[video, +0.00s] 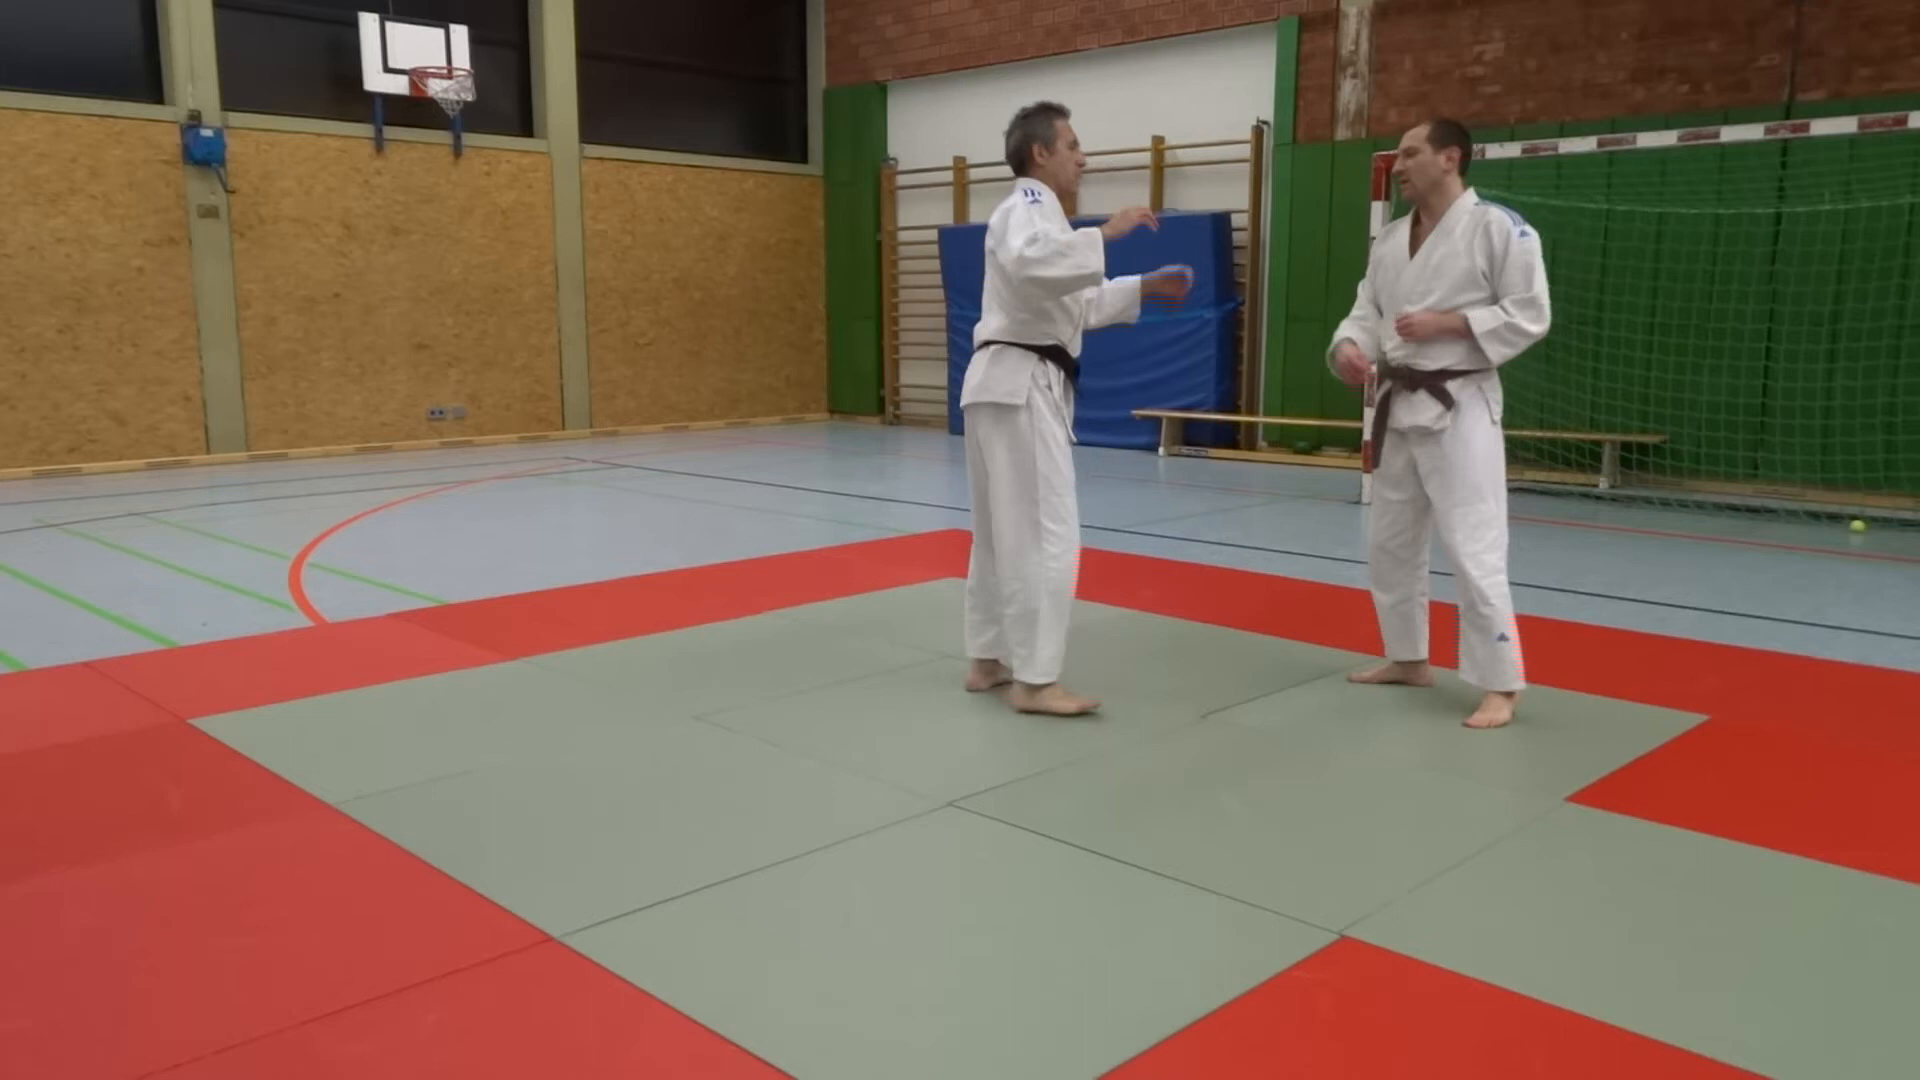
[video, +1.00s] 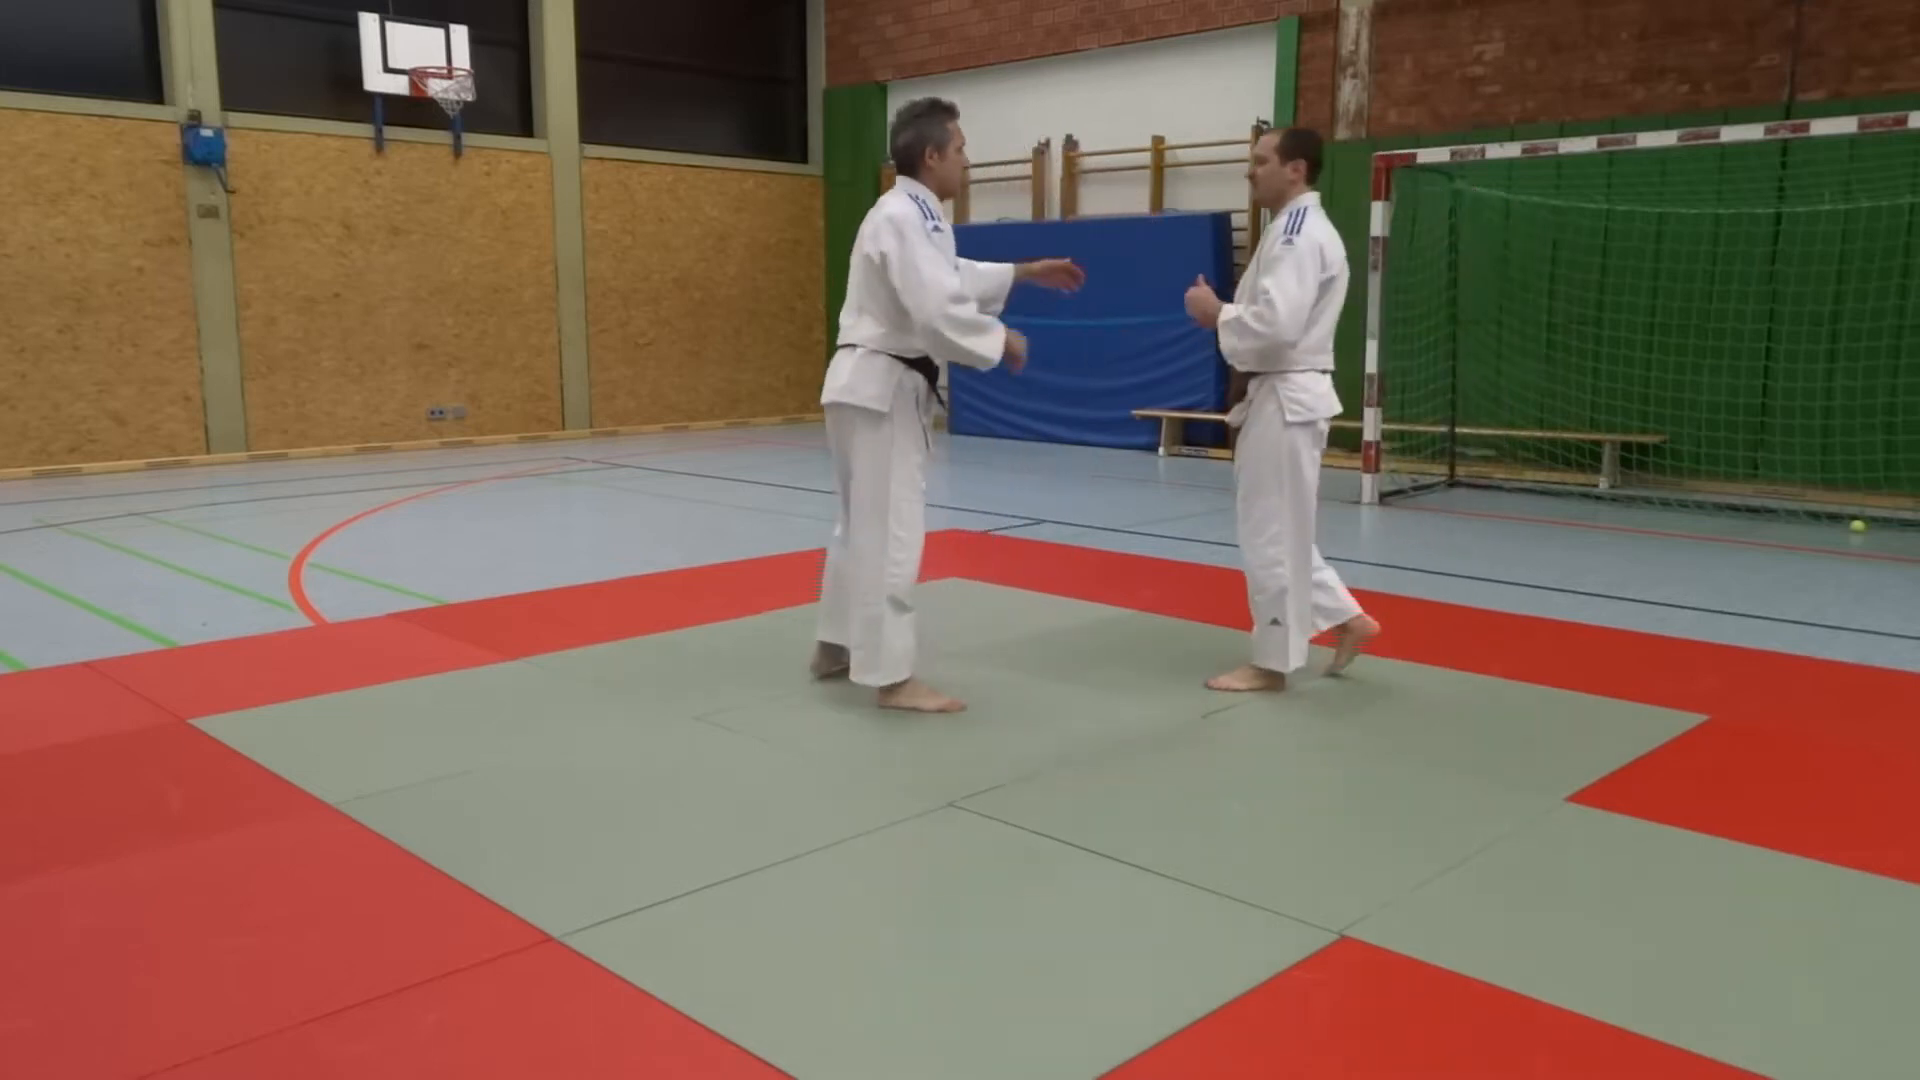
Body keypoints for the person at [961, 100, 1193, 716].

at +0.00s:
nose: (1084, 158)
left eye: (1080, 146)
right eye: (1073, 147)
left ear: (1039, 158)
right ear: (1040, 155)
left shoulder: (1037, 219)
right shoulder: (1029, 204)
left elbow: (1070, 309)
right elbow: (1033, 260)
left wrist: (1142, 288)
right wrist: (1106, 230)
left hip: (1000, 379)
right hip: (1024, 382)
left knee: (1000, 524)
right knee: (1050, 533)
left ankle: (988, 661)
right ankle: (1037, 683)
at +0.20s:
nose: (1058, 154)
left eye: (1054, 144)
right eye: (1048, 143)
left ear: (1017, 154)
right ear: (1018, 151)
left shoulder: (1024, 212)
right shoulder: (1001, 204)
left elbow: (1048, 310)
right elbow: (1030, 253)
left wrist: (1084, 375)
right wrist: (1104, 213)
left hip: (1013, 378)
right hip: (996, 378)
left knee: (994, 527)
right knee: (999, 532)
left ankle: (970, 656)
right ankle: (954, 667)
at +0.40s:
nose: (1042, 152)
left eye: (1038, 141)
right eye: (1032, 142)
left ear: (999, 153)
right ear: (1001, 152)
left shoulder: (1003, 209)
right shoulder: (982, 206)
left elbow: (1030, 257)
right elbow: (1027, 257)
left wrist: (1074, 223)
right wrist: (1085, 219)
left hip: (999, 381)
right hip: (973, 379)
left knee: (986, 527)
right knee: (955, 528)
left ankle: (978, 656)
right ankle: (904, 669)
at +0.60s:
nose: (1024, 156)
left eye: (1021, 145)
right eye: (1015, 145)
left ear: (984, 154)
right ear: (983, 153)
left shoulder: (989, 214)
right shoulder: (957, 211)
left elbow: (1017, 289)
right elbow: (1012, 281)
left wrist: (1058, 262)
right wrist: (1068, 251)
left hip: (968, 383)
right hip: (939, 383)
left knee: (965, 526)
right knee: (937, 532)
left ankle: (976, 655)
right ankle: (902, 678)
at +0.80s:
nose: (1003, 164)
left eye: (1001, 152)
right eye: (996, 153)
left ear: (960, 159)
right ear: (965, 159)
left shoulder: (960, 217)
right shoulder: (931, 218)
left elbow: (984, 299)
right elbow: (997, 303)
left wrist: (1020, 327)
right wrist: (1050, 295)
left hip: (924, 385)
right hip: (899, 386)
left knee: (927, 522)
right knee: (909, 528)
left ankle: (929, 652)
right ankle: (900, 680)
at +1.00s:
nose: (966, 158)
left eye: (963, 147)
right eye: (958, 148)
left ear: (923, 157)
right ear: (931, 156)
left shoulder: (917, 215)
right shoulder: (903, 215)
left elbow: (948, 280)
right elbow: (931, 304)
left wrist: (1023, 273)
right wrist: (996, 339)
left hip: (871, 382)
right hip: (879, 386)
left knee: (864, 520)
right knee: (894, 528)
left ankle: (837, 647)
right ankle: (892, 678)